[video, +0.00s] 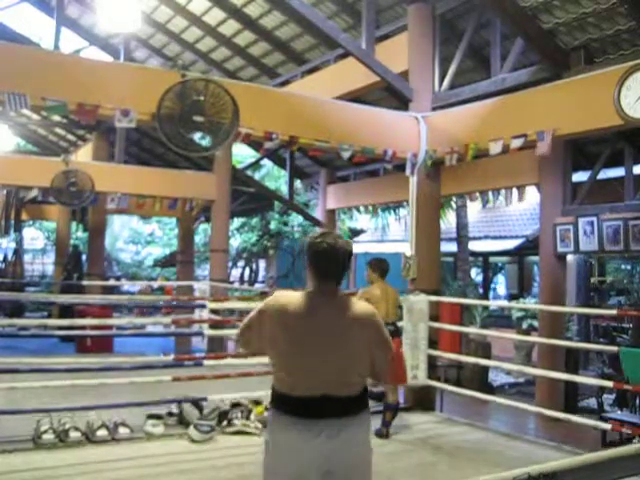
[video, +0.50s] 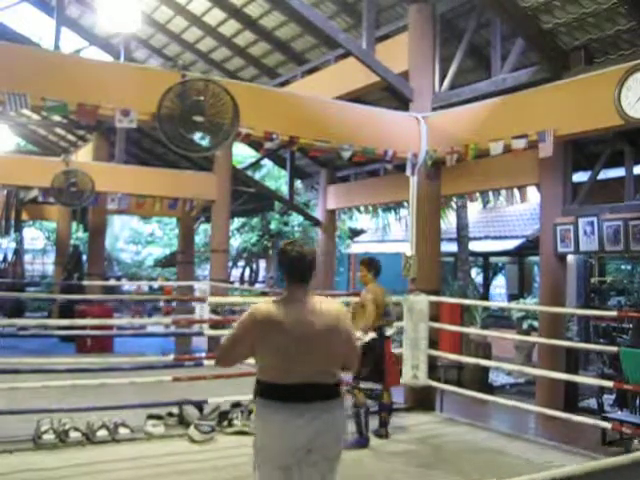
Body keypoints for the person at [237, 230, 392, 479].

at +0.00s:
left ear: (308, 265)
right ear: (346, 269)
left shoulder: (278, 306)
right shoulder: (365, 314)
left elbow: (245, 341)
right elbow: (385, 372)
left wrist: (287, 339)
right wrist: (349, 355)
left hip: (290, 429)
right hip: (350, 430)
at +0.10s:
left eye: (305, 260)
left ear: (309, 264)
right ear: (346, 267)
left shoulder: (282, 305)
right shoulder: (365, 311)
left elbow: (248, 343)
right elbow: (385, 368)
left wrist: (289, 339)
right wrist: (352, 352)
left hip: (291, 423)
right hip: (350, 423)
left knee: (284, 476)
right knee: (350, 475)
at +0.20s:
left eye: (303, 259)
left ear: (306, 263)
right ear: (342, 265)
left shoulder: (281, 308)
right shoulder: (361, 310)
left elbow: (248, 354)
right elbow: (381, 365)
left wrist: (285, 343)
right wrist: (345, 355)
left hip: (290, 418)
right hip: (349, 417)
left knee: (281, 476)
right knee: (341, 476)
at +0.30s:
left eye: (297, 263)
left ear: (300, 266)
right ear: (334, 267)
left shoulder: (278, 311)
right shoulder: (355, 312)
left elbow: (243, 360)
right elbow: (373, 368)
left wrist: (278, 340)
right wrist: (338, 358)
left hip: (289, 417)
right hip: (344, 416)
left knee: (284, 476)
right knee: (336, 475)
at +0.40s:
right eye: (330, 268)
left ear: (291, 273)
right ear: (327, 273)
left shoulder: (270, 314)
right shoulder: (346, 313)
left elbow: (233, 361)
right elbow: (365, 366)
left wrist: (267, 336)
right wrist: (336, 350)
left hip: (283, 418)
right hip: (337, 416)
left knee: (280, 475)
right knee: (332, 475)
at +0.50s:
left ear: (281, 272)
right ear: (313, 271)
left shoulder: (261, 315)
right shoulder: (335, 313)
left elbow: (224, 358)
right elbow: (351, 362)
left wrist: (261, 341)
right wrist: (321, 349)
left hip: (275, 417)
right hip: (327, 415)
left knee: (273, 475)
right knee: (321, 475)